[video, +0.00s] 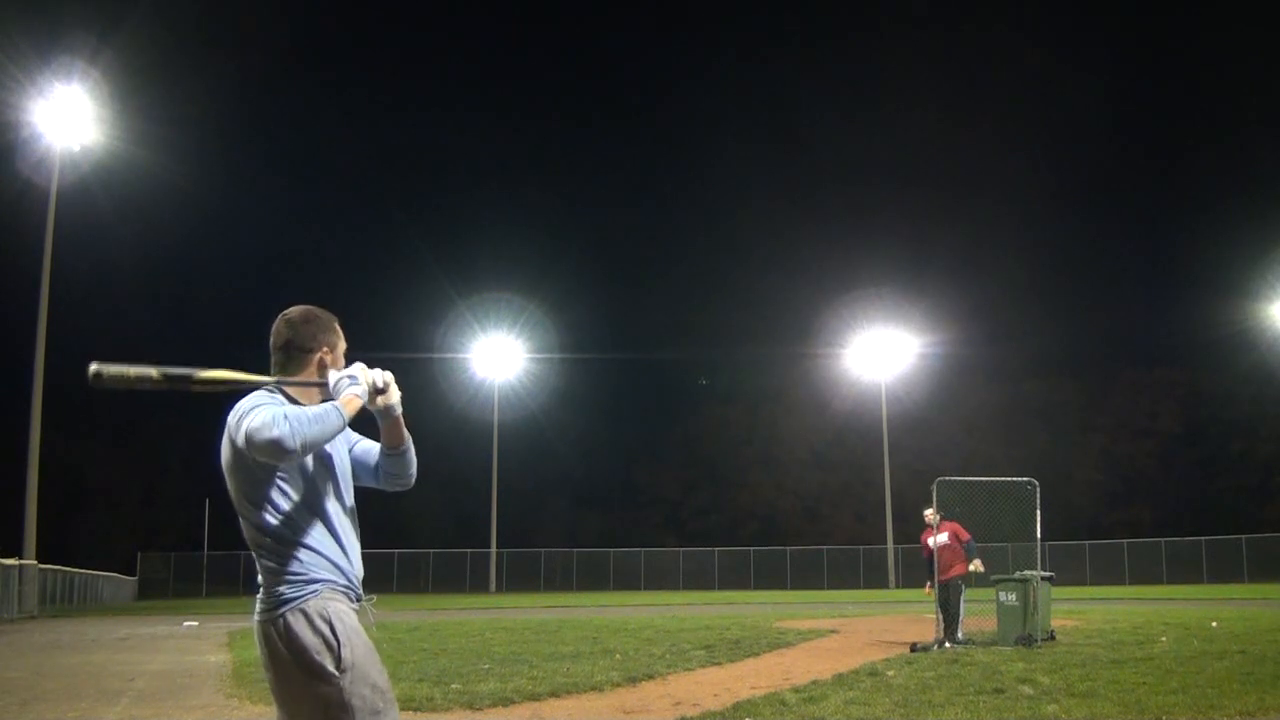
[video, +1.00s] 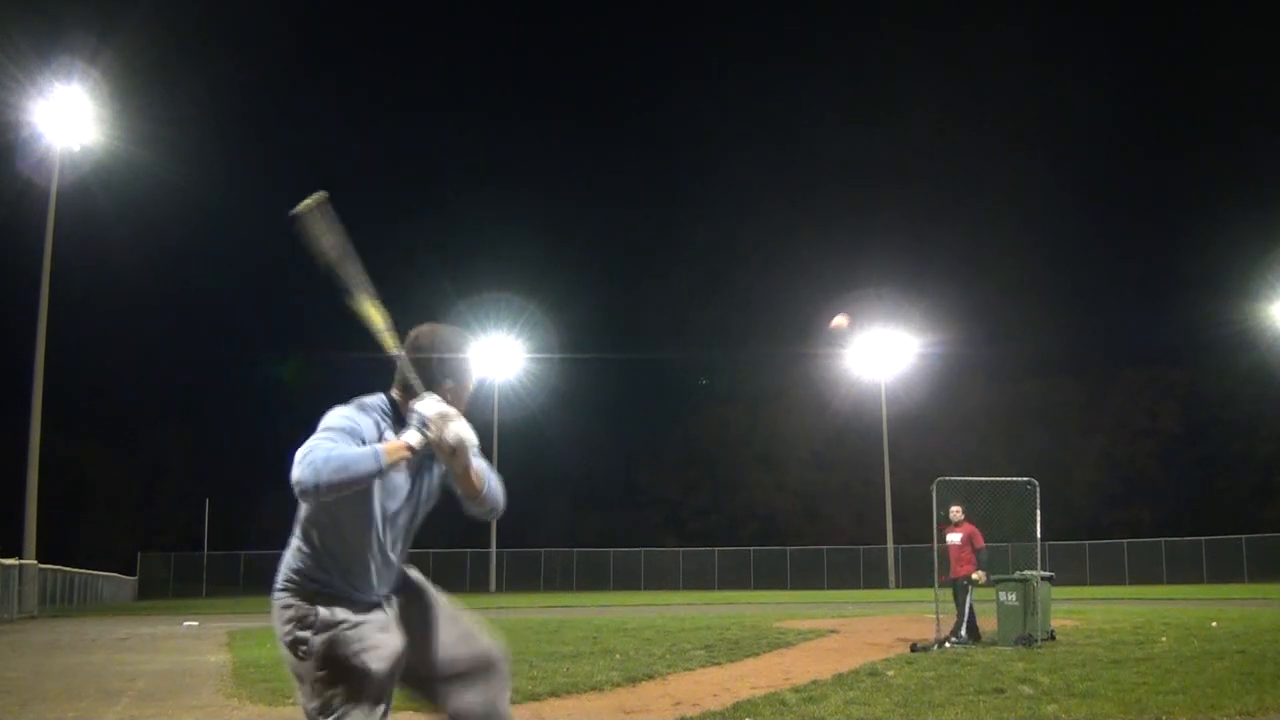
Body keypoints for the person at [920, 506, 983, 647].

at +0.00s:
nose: (929, 518)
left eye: (931, 515)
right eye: (926, 516)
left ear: (938, 515)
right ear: (924, 519)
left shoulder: (952, 527)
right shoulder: (925, 536)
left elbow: (968, 541)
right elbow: (928, 560)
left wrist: (974, 558)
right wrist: (929, 580)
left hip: (957, 571)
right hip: (941, 575)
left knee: (954, 605)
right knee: (943, 606)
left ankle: (952, 637)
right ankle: (947, 636)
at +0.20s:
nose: (930, 517)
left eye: (932, 514)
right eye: (928, 515)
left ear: (939, 515)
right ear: (927, 519)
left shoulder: (954, 526)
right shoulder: (930, 532)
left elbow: (970, 539)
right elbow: (920, 529)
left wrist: (973, 553)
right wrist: (918, 516)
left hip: (958, 572)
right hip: (943, 575)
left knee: (955, 606)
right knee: (945, 607)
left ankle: (954, 636)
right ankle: (948, 636)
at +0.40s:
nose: (940, 512)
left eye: (942, 509)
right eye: (937, 510)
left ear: (948, 512)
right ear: (933, 514)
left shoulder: (959, 525)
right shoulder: (933, 527)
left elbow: (973, 541)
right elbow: (922, 530)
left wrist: (974, 555)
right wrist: (917, 517)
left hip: (958, 572)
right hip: (942, 573)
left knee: (955, 605)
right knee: (944, 605)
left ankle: (953, 637)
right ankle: (951, 634)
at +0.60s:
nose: (948, 511)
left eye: (950, 509)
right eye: (945, 509)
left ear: (956, 512)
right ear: (941, 512)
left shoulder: (965, 528)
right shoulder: (934, 530)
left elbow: (975, 547)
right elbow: (928, 549)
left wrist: (976, 565)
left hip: (959, 572)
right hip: (942, 573)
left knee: (955, 604)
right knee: (943, 604)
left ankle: (952, 636)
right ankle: (960, 625)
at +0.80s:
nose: (952, 514)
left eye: (955, 511)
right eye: (949, 512)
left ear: (960, 514)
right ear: (945, 515)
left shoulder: (968, 530)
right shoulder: (940, 532)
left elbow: (979, 550)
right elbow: (938, 555)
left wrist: (980, 569)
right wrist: (937, 574)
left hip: (962, 573)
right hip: (947, 575)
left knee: (958, 606)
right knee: (952, 607)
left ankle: (954, 636)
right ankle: (970, 631)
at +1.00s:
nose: (954, 514)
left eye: (957, 512)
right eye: (952, 512)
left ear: (963, 514)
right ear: (949, 515)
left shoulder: (970, 529)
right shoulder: (948, 531)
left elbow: (981, 549)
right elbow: (953, 553)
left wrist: (982, 569)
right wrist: (950, 572)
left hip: (967, 572)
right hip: (954, 573)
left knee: (964, 605)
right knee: (962, 606)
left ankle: (959, 634)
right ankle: (973, 633)